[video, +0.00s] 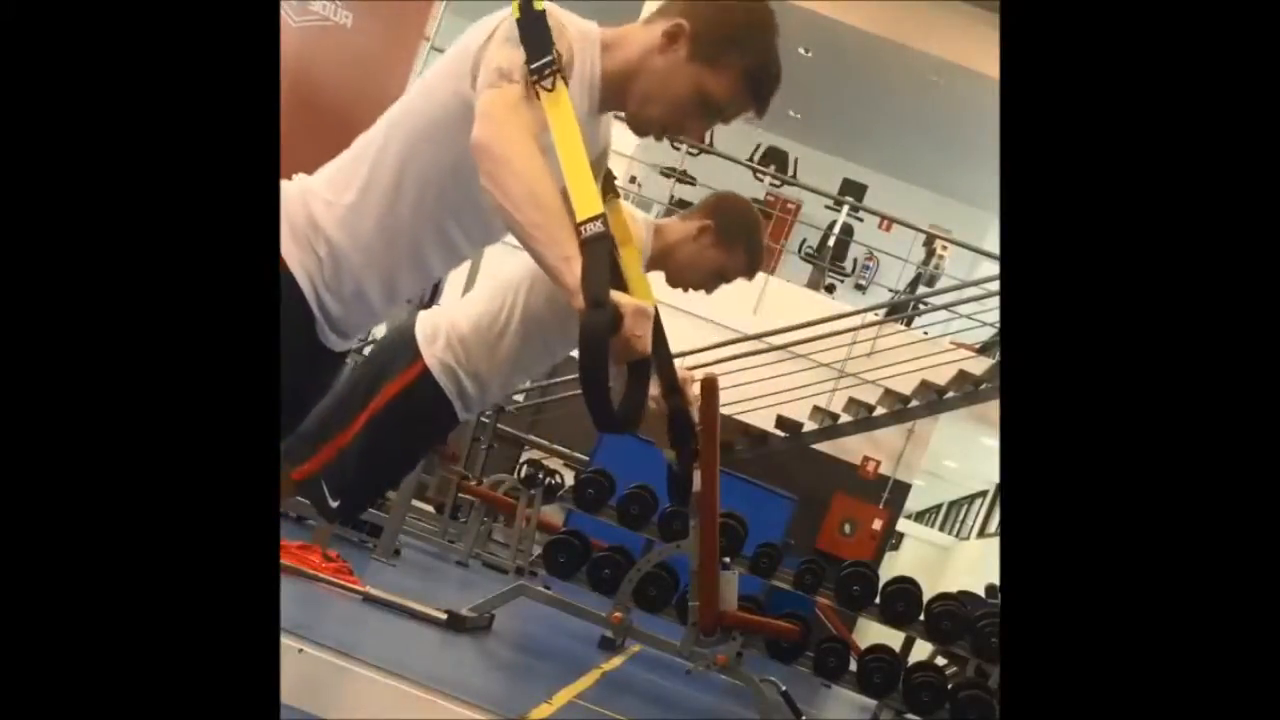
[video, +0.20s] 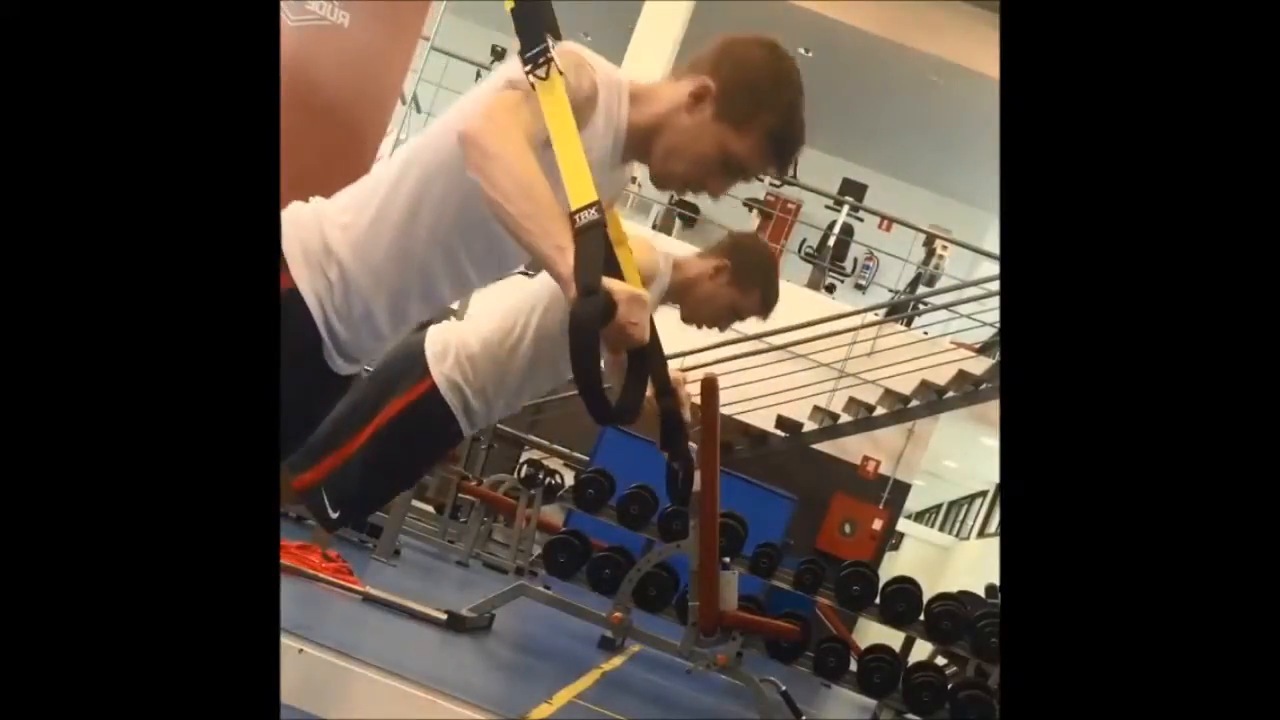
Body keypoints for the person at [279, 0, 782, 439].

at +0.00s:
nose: (699, 137)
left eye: (715, 125)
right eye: (708, 110)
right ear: (673, 39)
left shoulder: (592, 138)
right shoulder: (549, 30)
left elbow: (609, 250)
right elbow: (499, 143)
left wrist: (658, 378)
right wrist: (586, 289)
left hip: (333, 335)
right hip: (290, 273)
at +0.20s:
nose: (718, 190)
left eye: (735, 181)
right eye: (729, 167)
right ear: (701, 98)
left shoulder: (615, 177)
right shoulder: (578, 73)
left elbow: (593, 275)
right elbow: (490, 138)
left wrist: (653, 380)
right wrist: (581, 273)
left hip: (344, 355)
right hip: (299, 290)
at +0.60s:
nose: (754, 372)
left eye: (776, 373)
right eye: (775, 359)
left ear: (764, 288)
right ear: (767, 294)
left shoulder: (679, 334)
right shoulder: (666, 246)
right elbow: (517, 172)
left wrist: (672, 410)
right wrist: (644, 316)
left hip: (366, 443)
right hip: (333, 393)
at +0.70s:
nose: (763, 405)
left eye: (781, 405)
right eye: (780, 393)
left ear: (776, 328)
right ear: (777, 329)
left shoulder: (691, 365)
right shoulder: (666, 266)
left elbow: (792, 452)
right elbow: (522, 170)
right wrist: (631, 312)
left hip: (372, 456)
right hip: (339, 411)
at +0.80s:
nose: (758, 434)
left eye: (776, 436)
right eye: (777, 425)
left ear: (780, 355)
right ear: (783, 360)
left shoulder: (693, 391)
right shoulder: (674, 285)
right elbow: (529, 170)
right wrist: (623, 312)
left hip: (368, 471)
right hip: (338, 424)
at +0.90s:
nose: (760, 481)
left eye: (780, 478)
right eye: (781, 463)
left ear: (778, 379)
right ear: (781, 384)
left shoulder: (691, 418)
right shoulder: (672, 296)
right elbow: (531, 172)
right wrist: (622, 314)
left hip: (367, 484)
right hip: (335, 432)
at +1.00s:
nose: (759, 484)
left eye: (779, 483)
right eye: (781, 468)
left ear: (779, 386)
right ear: (781, 391)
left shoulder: (693, 420)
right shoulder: (672, 300)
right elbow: (534, 171)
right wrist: (620, 304)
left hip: (366, 488)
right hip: (333, 436)